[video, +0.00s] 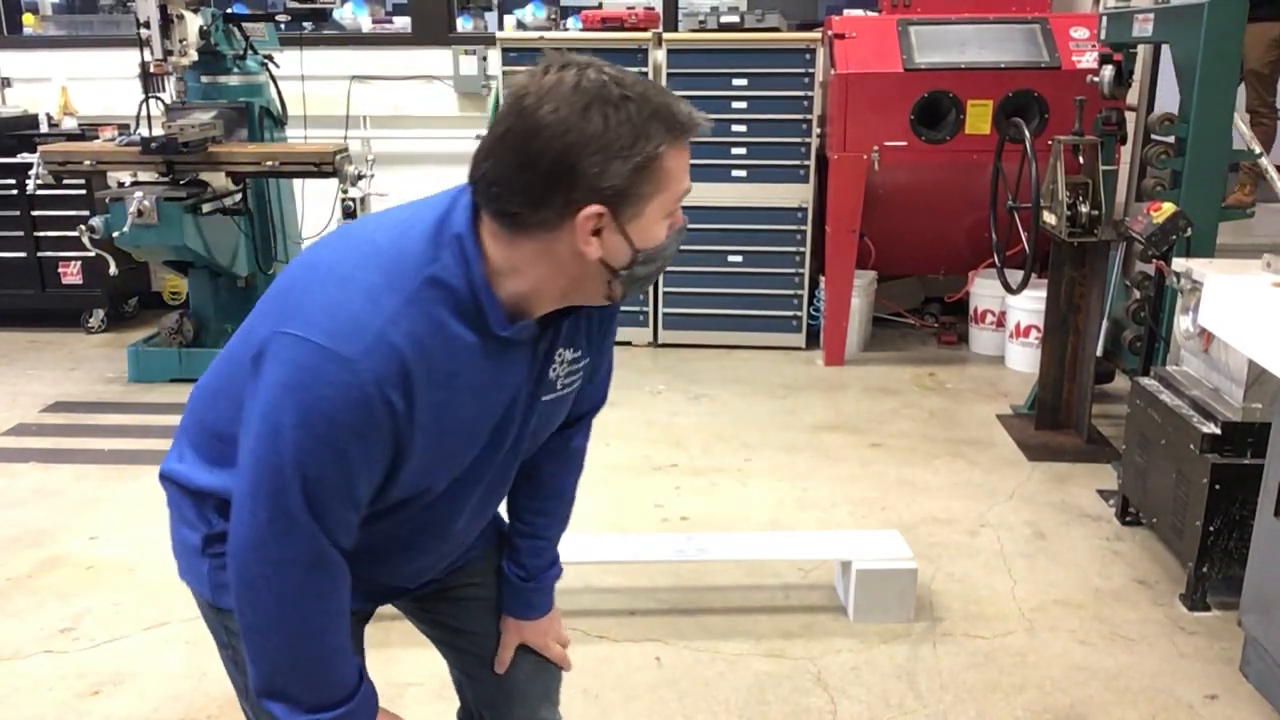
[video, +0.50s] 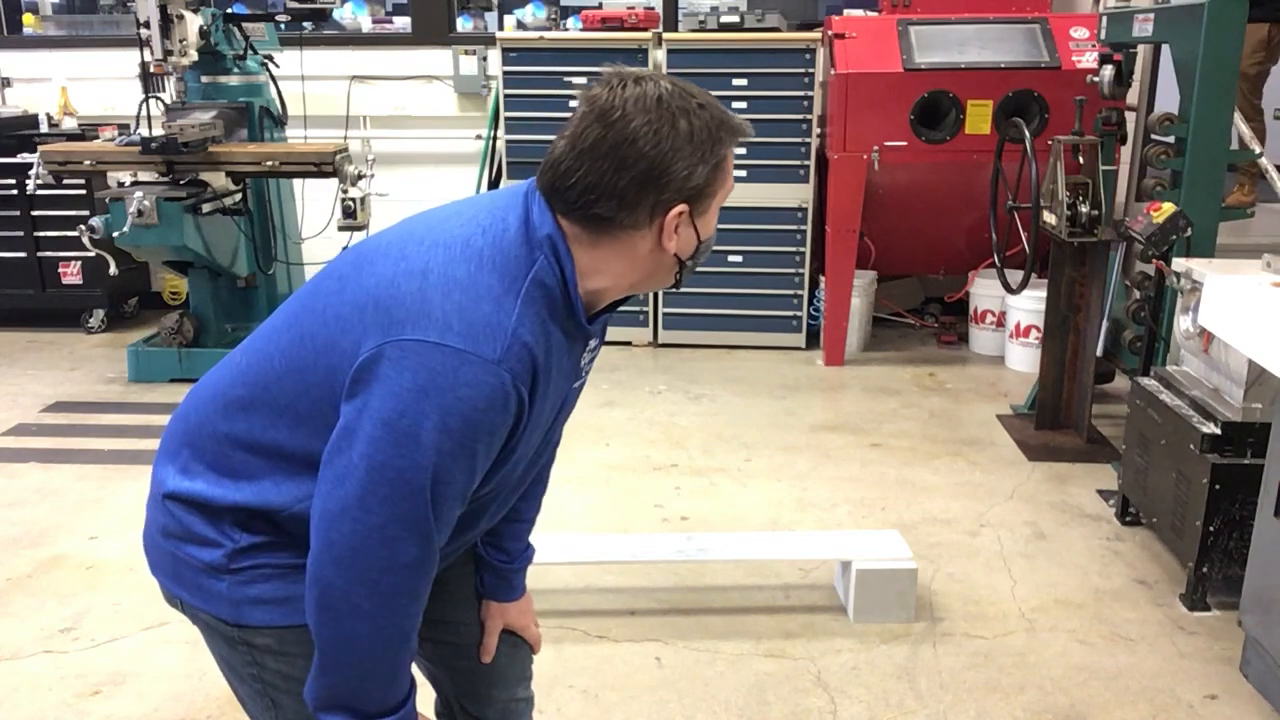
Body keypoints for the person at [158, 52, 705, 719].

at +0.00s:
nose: (680, 222)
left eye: (678, 205)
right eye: (671, 209)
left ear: (592, 230)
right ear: (594, 231)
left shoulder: (583, 287)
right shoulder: (343, 350)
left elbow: (557, 442)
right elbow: (279, 568)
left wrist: (529, 589)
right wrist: (341, 708)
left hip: (431, 506)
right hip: (271, 534)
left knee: (524, 690)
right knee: (309, 708)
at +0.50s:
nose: (711, 233)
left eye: (718, 210)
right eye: (716, 211)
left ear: (587, 171)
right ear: (675, 227)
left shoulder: (565, 266)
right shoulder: (461, 345)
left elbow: (529, 438)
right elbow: (365, 575)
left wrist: (505, 571)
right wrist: (366, 705)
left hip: (402, 495)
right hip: (251, 531)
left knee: (496, 684)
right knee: (336, 706)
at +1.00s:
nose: (614, 262)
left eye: (639, 229)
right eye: (580, 230)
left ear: (664, 217)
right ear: (508, 212)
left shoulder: (627, 287)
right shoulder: (389, 354)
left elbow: (574, 446)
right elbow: (305, 565)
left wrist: (530, 582)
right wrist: (354, 699)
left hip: (433, 484)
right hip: (269, 512)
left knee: (516, 687)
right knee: (313, 700)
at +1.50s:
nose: (487, 290)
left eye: (522, 251)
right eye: (454, 250)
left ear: (578, 232)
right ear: (408, 236)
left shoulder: (617, 304)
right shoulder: (290, 359)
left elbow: (590, 471)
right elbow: (258, 555)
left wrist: (554, 612)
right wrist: (336, 692)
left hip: (484, 519)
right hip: (330, 539)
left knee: (543, 696)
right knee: (312, 702)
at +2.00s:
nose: (416, 15)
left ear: (480, 9)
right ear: (327, 10)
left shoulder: (542, 116)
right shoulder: (222, 159)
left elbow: (586, 330)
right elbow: (184, 434)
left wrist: (616, 517)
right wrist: (254, 665)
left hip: (463, 519)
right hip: (297, 538)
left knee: (510, 704)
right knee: (314, 709)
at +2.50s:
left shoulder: (583, 57)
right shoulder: (297, 72)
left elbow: (645, 221)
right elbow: (245, 335)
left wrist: (683, 311)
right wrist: (328, 531)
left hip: (561, 524)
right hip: (382, 543)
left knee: (550, 709)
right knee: (365, 711)